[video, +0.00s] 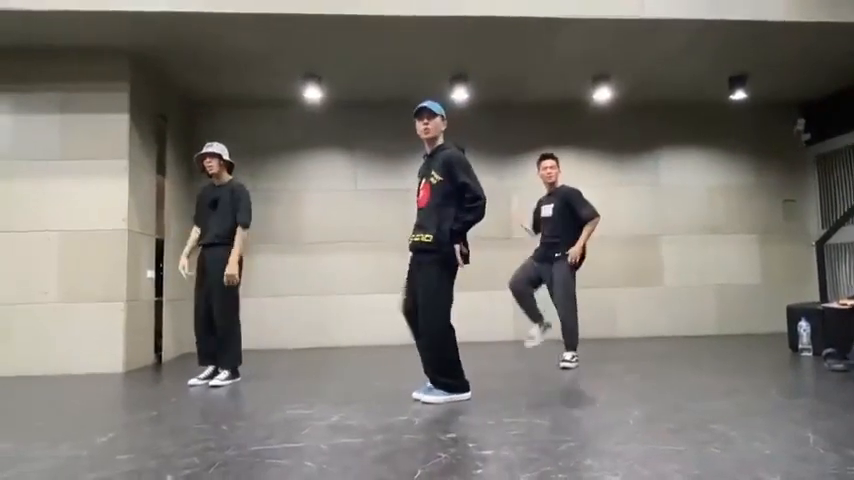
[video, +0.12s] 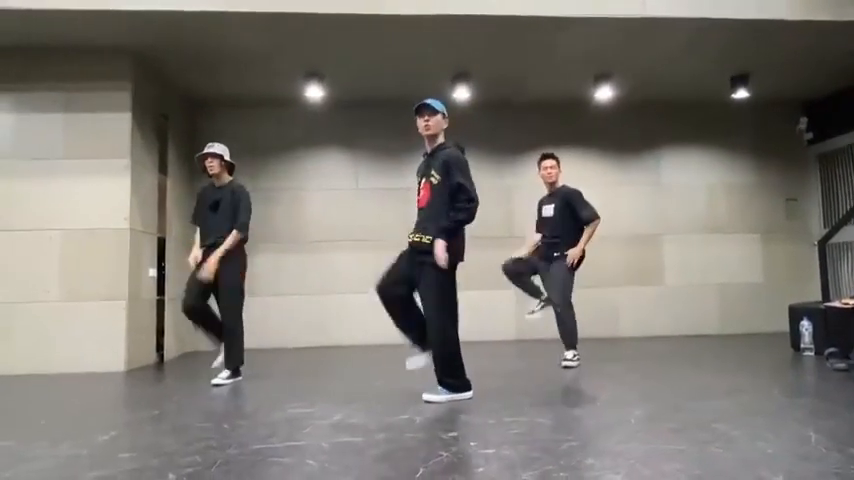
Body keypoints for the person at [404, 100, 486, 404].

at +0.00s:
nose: (425, 123)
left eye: (431, 118)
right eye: (420, 119)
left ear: (444, 123)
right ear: (416, 126)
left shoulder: (451, 157)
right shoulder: (427, 163)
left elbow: (477, 202)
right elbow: (437, 205)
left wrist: (456, 233)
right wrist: (452, 237)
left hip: (440, 253)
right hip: (422, 252)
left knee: (433, 317)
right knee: (412, 310)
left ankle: (454, 384)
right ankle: (439, 380)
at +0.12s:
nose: (425, 120)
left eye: (431, 115)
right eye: (421, 116)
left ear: (444, 120)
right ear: (417, 123)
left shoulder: (452, 156)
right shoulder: (426, 163)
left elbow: (467, 203)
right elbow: (430, 206)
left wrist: (443, 236)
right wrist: (419, 237)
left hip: (438, 250)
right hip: (418, 247)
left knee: (439, 319)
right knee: (390, 289)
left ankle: (455, 384)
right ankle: (425, 343)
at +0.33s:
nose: (423, 117)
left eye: (429, 112)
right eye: (419, 114)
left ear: (442, 118)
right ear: (415, 122)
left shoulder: (449, 152)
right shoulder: (425, 159)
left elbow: (449, 196)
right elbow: (426, 202)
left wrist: (411, 215)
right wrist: (411, 228)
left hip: (436, 247)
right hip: (415, 242)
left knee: (434, 313)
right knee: (377, 277)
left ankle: (457, 382)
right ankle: (410, 326)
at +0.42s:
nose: (421, 118)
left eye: (427, 113)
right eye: (416, 114)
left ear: (439, 118)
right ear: (412, 122)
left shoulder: (447, 151)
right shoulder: (423, 158)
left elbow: (445, 197)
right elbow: (420, 208)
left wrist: (404, 209)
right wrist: (400, 243)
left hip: (434, 250)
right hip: (413, 248)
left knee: (438, 316)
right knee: (385, 305)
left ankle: (458, 381)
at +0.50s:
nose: (419, 121)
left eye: (424, 115)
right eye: (414, 117)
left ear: (438, 119)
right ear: (410, 124)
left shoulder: (445, 153)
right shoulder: (420, 160)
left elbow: (441, 199)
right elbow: (415, 207)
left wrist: (398, 210)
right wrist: (395, 240)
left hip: (432, 250)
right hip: (412, 248)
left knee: (440, 316)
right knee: (399, 317)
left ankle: (459, 380)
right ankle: (377, 380)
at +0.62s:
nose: (414, 121)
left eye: (420, 115)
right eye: (410, 117)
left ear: (433, 120)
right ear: (406, 124)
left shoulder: (439, 154)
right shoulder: (415, 160)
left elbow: (437, 201)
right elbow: (409, 207)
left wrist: (396, 214)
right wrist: (387, 236)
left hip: (426, 250)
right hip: (406, 250)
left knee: (434, 313)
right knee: (396, 311)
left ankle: (459, 380)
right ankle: (382, 379)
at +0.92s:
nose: (397, 120)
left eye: (403, 114)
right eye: (394, 116)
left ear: (419, 119)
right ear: (393, 124)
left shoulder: (422, 147)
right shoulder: (409, 151)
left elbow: (433, 195)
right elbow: (403, 202)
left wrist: (405, 225)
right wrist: (381, 221)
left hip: (421, 245)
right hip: (403, 245)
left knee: (426, 309)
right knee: (391, 307)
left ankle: (460, 376)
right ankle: (383, 376)